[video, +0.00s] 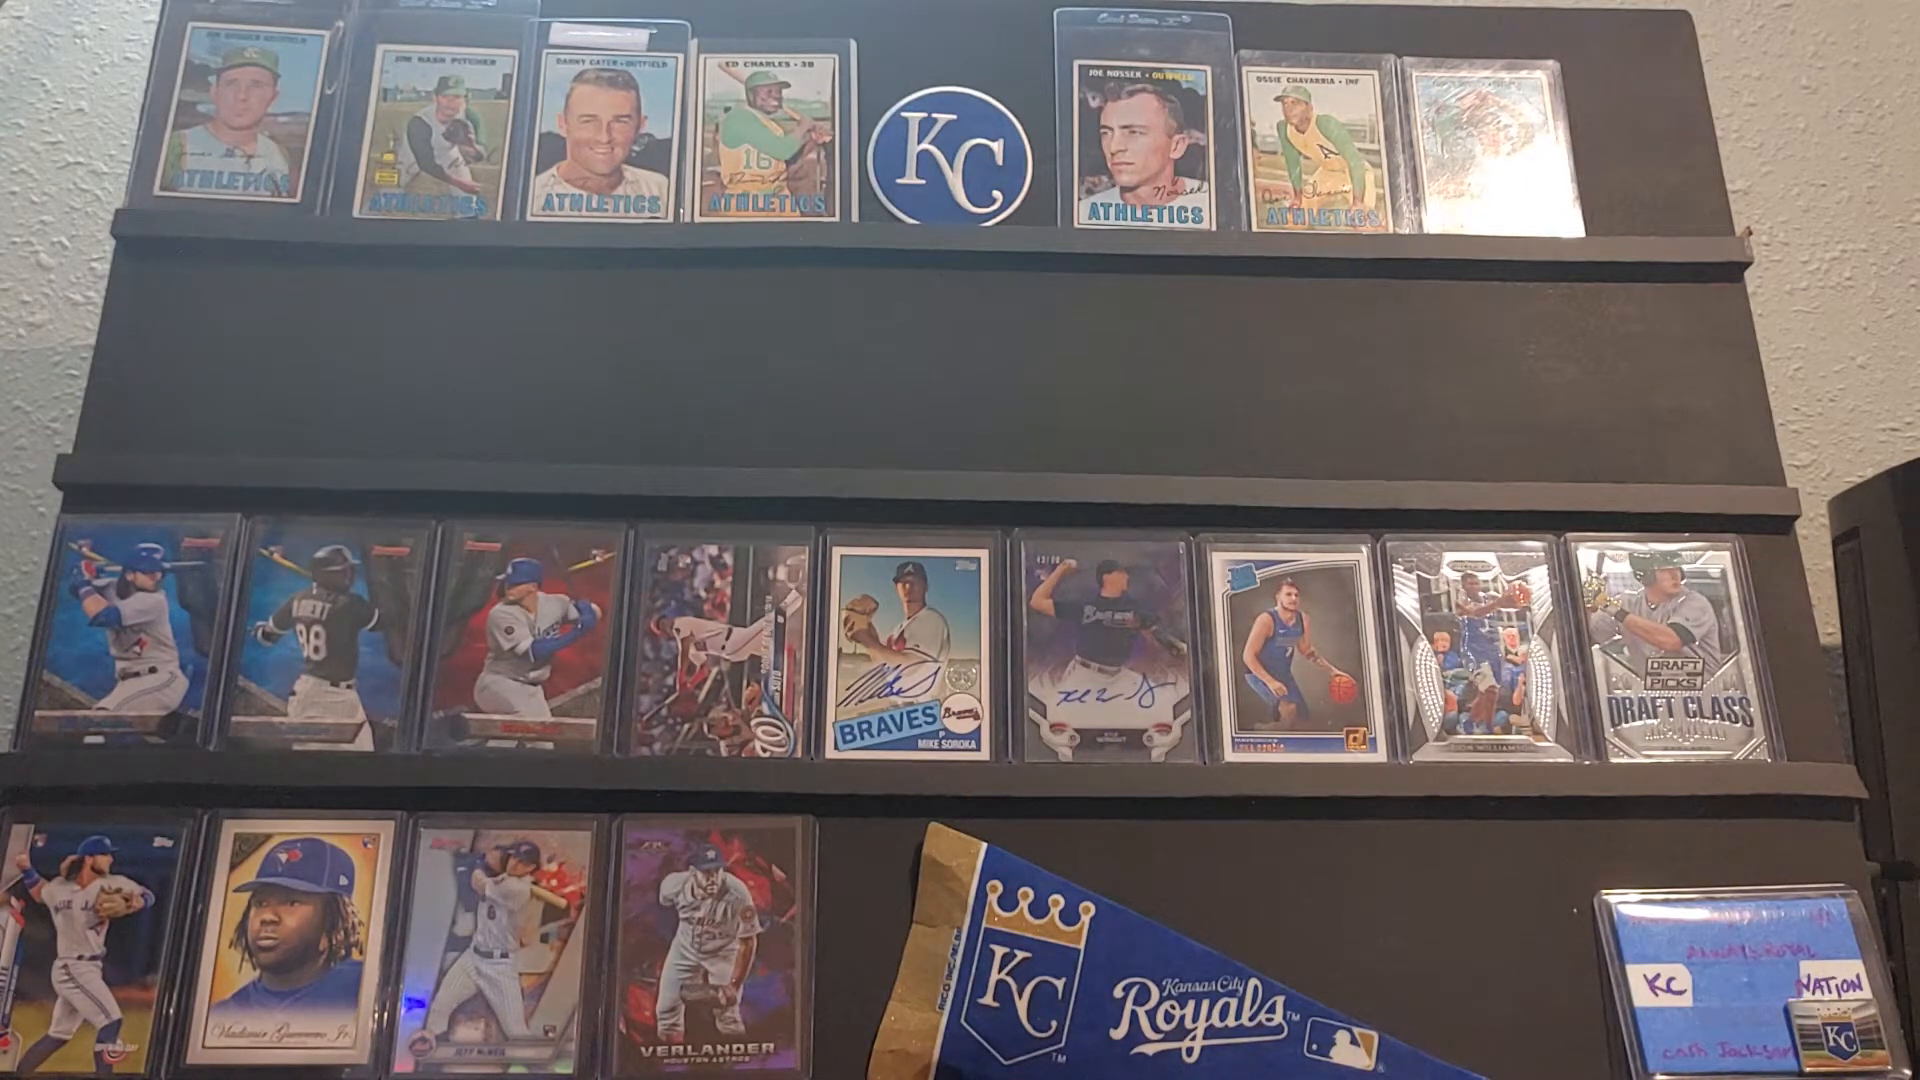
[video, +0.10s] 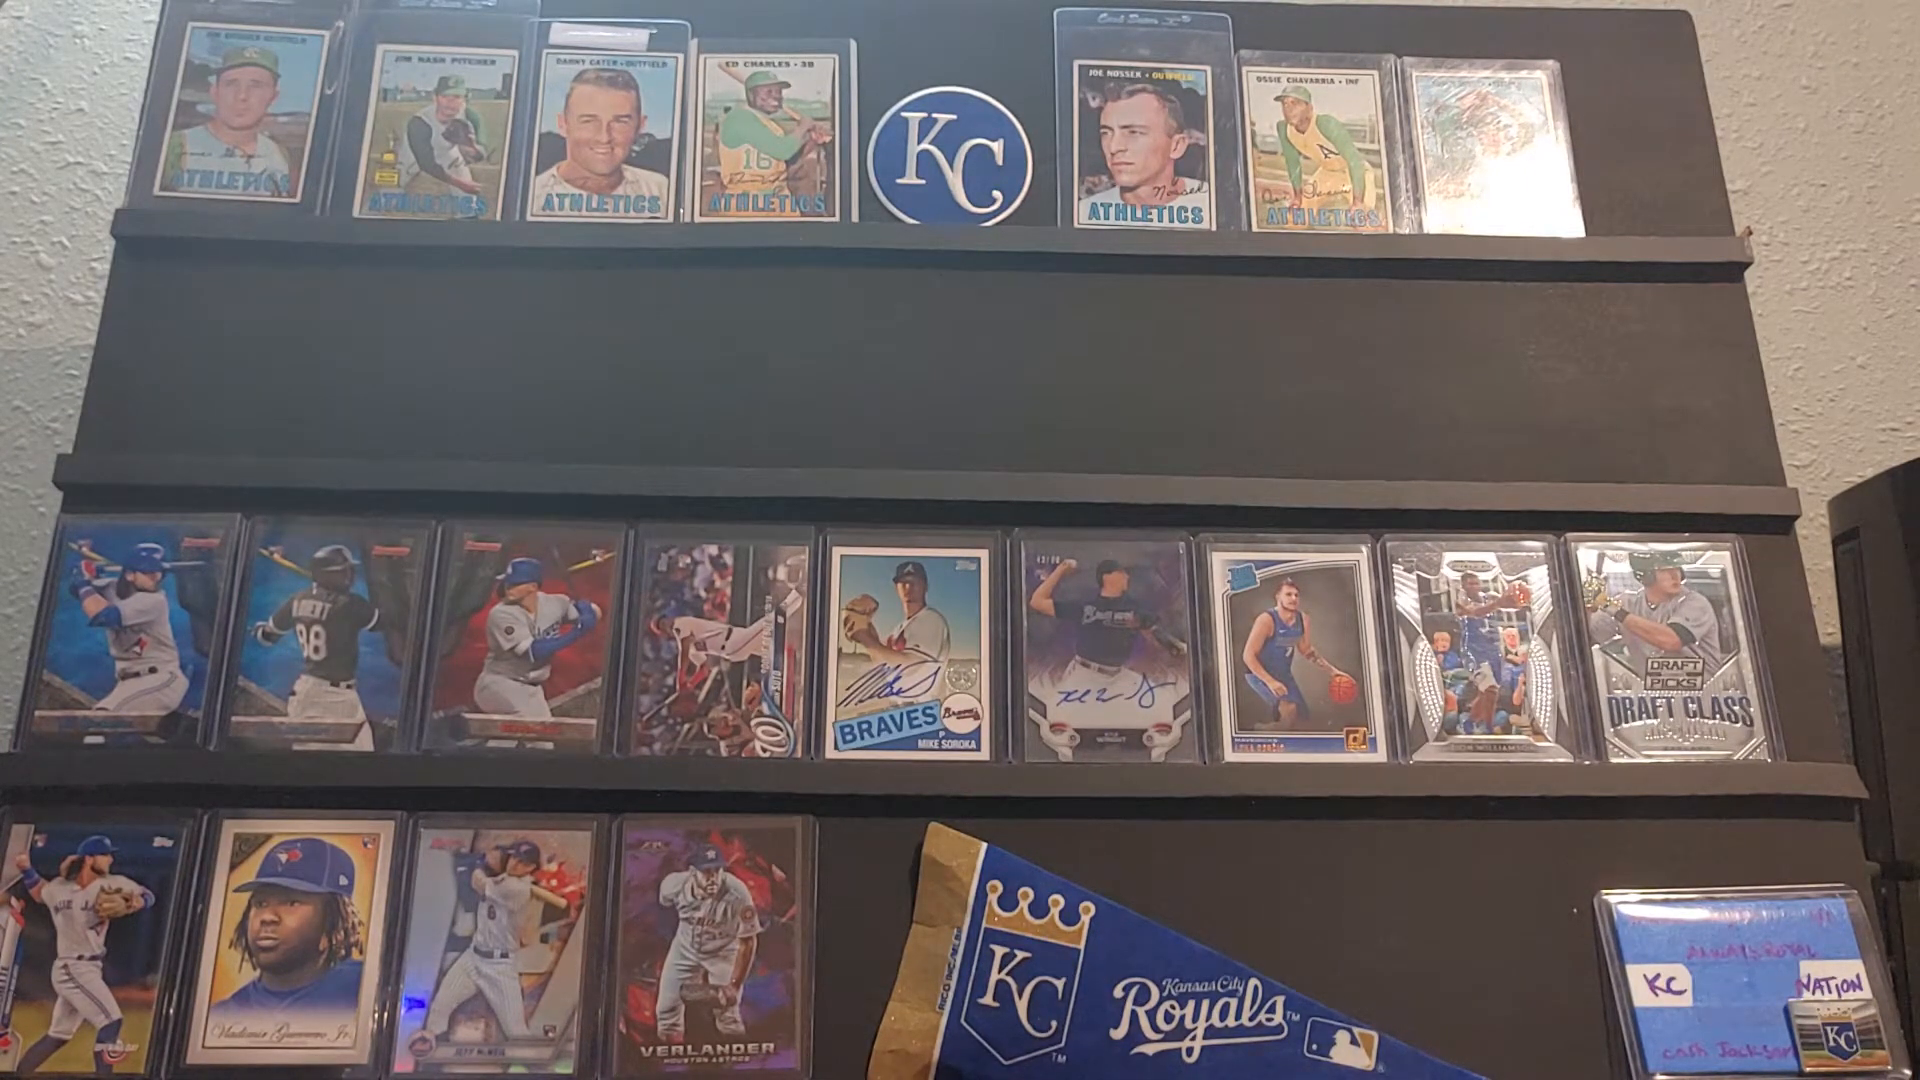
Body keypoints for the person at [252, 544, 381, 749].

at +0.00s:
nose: (351, 576)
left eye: (351, 571)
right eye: (347, 571)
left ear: (320, 575)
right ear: (336, 575)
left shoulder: (298, 600)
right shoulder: (351, 605)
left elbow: (268, 637)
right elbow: (387, 620)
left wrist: (259, 630)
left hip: (305, 694)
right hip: (341, 698)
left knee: (305, 765)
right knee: (361, 767)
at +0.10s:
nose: (351, 577)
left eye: (351, 571)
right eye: (347, 572)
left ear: (320, 575)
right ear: (336, 575)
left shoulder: (298, 600)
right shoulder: (351, 604)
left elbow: (268, 637)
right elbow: (387, 621)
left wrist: (259, 630)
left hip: (305, 693)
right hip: (341, 697)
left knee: (306, 765)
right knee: (361, 766)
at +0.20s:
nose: (351, 577)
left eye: (350, 571)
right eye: (347, 572)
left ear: (320, 575)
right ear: (335, 575)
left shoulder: (298, 600)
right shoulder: (351, 604)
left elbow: (268, 637)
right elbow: (385, 621)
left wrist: (259, 630)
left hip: (305, 693)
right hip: (340, 697)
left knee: (306, 765)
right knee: (360, 766)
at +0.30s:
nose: (351, 577)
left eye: (350, 571)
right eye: (347, 572)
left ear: (320, 575)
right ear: (335, 575)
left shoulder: (298, 600)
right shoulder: (351, 604)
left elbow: (268, 637)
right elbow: (385, 621)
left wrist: (259, 630)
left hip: (305, 693)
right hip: (340, 697)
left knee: (306, 765)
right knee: (360, 766)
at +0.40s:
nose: (351, 577)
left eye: (350, 571)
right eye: (347, 572)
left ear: (320, 575)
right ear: (335, 575)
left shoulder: (298, 600)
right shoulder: (351, 604)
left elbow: (268, 637)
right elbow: (385, 621)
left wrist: (259, 630)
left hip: (305, 693)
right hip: (340, 697)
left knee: (306, 765)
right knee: (360, 766)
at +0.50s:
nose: (351, 577)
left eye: (350, 571)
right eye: (347, 572)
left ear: (320, 575)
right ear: (335, 575)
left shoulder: (298, 600)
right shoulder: (351, 604)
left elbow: (268, 637)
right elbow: (385, 621)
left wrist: (259, 630)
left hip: (305, 693)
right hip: (340, 697)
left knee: (306, 765)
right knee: (360, 766)